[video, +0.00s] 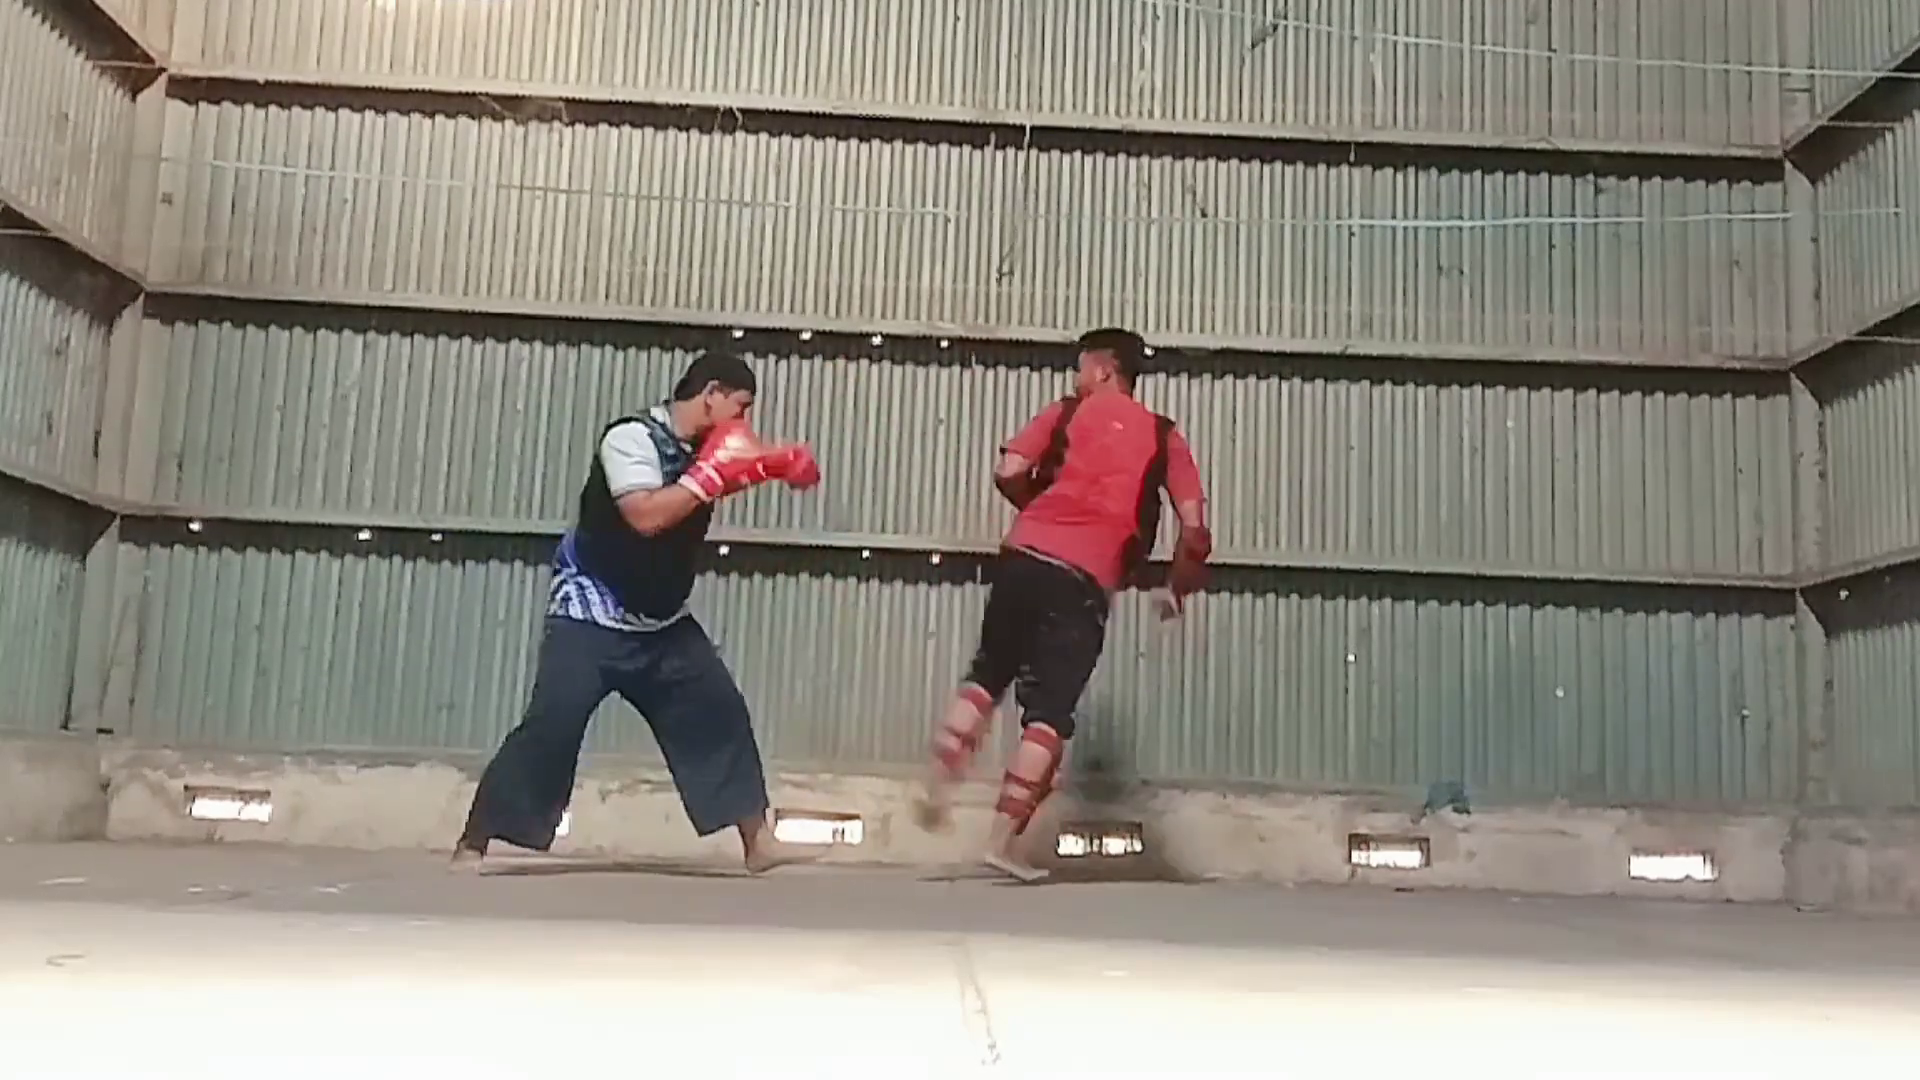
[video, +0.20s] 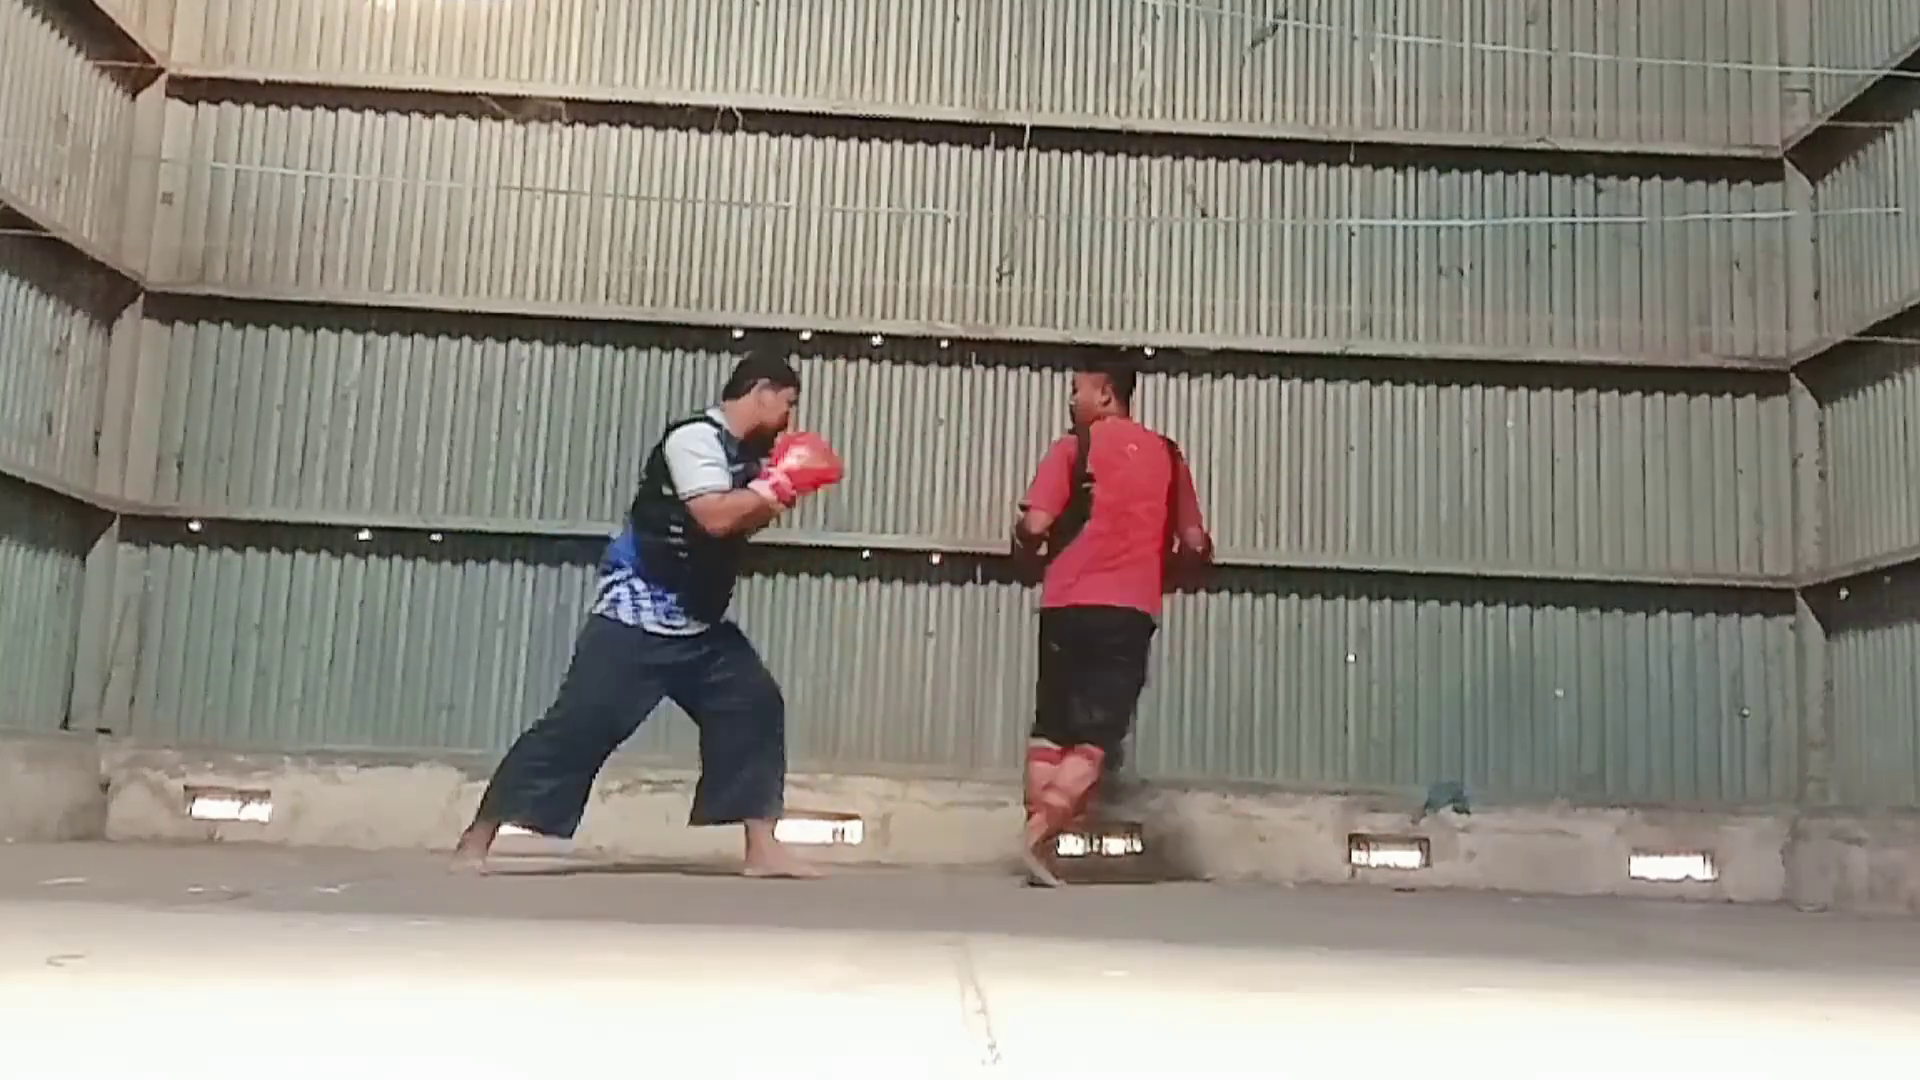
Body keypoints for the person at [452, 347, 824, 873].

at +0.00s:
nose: (743, 423)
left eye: (747, 412)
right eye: (740, 409)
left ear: (712, 398)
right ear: (710, 395)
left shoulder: (704, 450)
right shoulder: (628, 438)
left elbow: (729, 471)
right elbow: (646, 515)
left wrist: (776, 465)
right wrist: (712, 470)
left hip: (662, 617)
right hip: (590, 610)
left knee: (722, 710)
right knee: (555, 720)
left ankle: (759, 842)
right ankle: (474, 843)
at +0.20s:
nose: (790, 418)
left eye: (793, 406)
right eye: (789, 403)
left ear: (760, 395)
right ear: (761, 393)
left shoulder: (748, 455)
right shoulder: (692, 439)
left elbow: (736, 523)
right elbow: (715, 518)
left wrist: (782, 485)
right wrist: (780, 483)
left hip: (701, 628)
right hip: (633, 624)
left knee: (757, 706)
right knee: (575, 726)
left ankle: (762, 847)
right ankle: (480, 835)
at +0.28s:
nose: (827, 400)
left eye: (829, 389)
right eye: (823, 387)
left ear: (798, 385)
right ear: (792, 381)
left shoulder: (783, 448)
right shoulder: (731, 426)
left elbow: (787, 519)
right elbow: (766, 495)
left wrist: (840, 480)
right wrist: (818, 460)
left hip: (738, 624)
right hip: (671, 616)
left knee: (780, 714)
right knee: (613, 715)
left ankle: (766, 849)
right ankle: (516, 828)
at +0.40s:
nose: (855, 387)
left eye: (858, 377)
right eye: (852, 373)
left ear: (828, 373)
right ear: (824, 370)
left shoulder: (819, 430)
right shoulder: (760, 411)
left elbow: (835, 496)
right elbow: (809, 472)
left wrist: (880, 456)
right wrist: (855, 423)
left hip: (762, 601)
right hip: (700, 589)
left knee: (784, 711)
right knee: (675, 703)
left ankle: (768, 848)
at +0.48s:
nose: (870, 384)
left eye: (871, 376)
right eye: (868, 374)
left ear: (841, 368)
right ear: (845, 367)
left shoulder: (826, 425)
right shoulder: (779, 408)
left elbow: (847, 493)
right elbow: (829, 476)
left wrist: (892, 452)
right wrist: (872, 420)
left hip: (783, 595)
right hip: (725, 585)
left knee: (794, 712)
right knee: (730, 710)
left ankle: (770, 846)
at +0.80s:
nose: (898, 389)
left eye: (899, 379)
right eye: (896, 377)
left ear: (866, 371)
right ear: (870, 370)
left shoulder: (859, 425)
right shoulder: (820, 417)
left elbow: (885, 477)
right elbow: (867, 485)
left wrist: (910, 440)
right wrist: (909, 446)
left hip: (835, 598)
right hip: (782, 594)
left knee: (883, 713)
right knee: (792, 714)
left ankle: (844, 831)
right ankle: (776, 844)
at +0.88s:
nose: (906, 388)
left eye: (907, 378)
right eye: (903, 377)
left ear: (872, 373)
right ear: (877, 372)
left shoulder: (869, 424)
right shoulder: (836, 419)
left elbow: (929, 472)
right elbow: (897, 479)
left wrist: (938, 439)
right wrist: (931, 434)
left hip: (848, 602)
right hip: (793, 598)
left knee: (894, 716)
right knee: (798, 716)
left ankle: (896, 837)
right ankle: (766, 847)